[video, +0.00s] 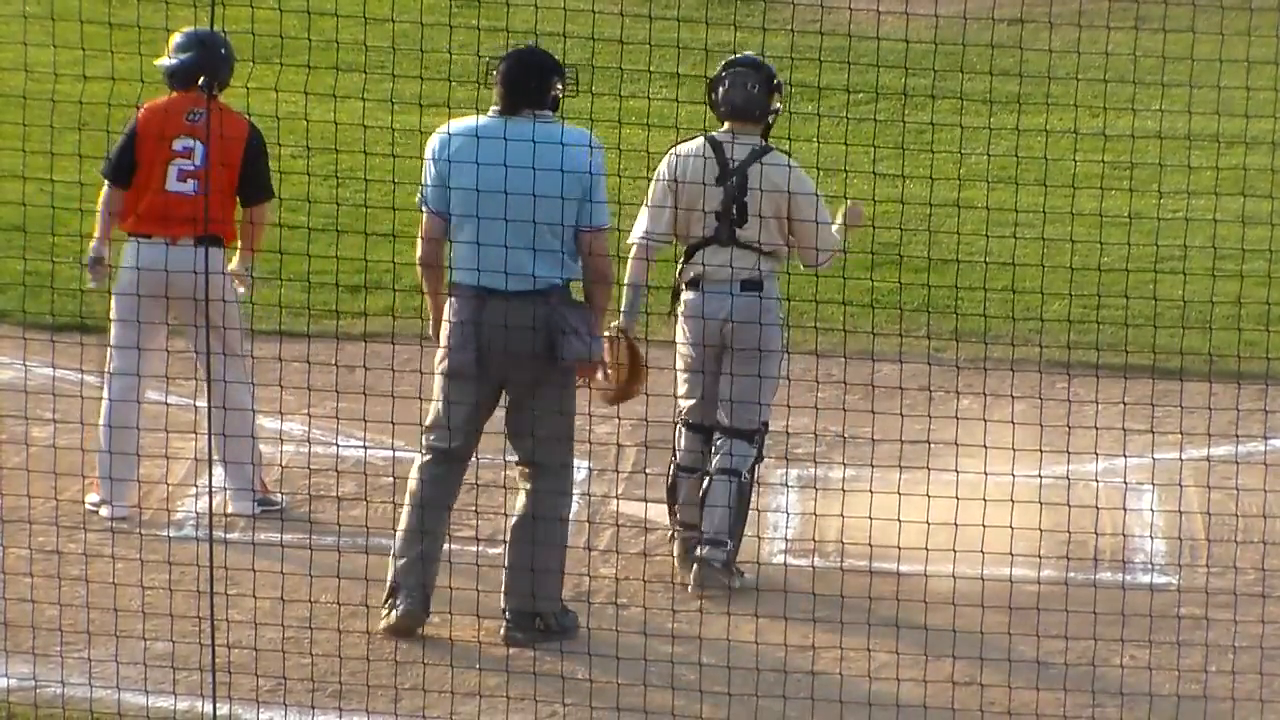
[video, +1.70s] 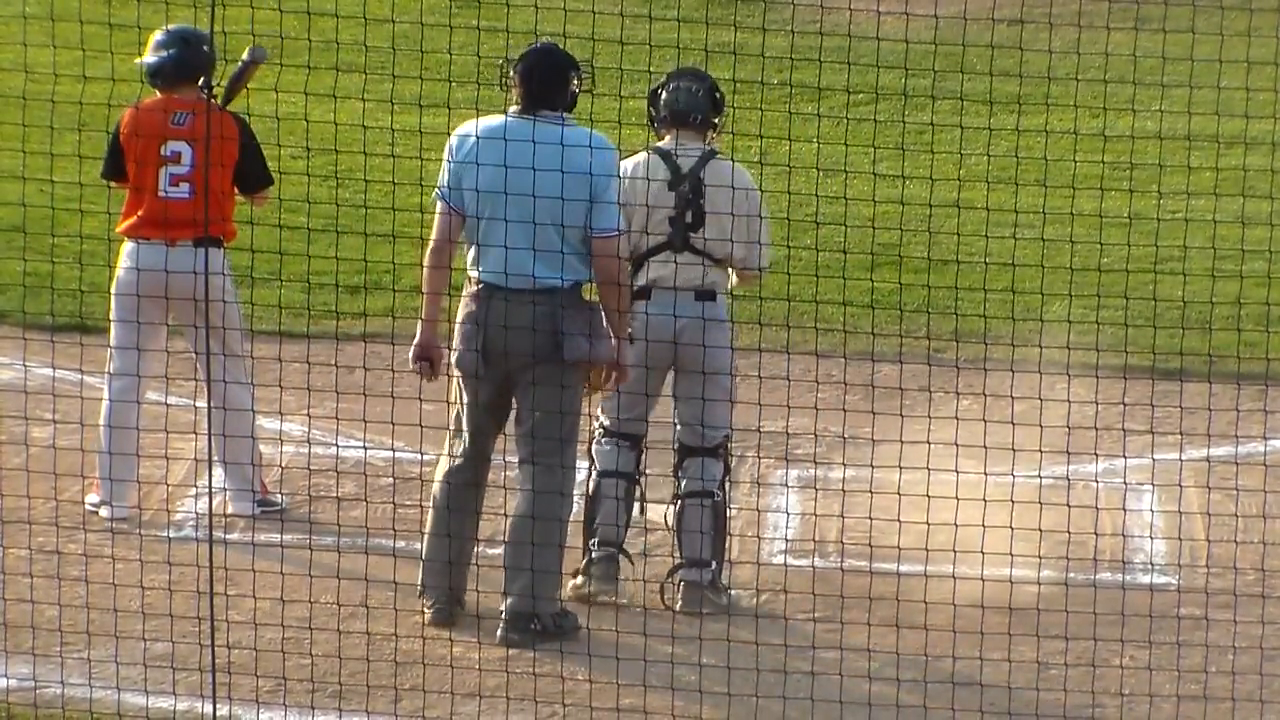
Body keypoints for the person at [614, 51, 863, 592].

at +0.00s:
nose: (770, 108)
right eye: (771, 101)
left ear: (716, 102)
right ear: (769, 108)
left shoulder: (681, 159)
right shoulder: (784, 171)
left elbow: (644, 243)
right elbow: (818, 254)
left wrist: (627, 315)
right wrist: (842, 228)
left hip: (696, 306)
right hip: (757, 310)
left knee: (693, 423)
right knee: (740, 434)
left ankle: (684, 539)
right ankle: (714, 554)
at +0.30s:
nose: (785, 113)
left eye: (781, 105)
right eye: (784, 106)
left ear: (726, 103)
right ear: (778, 111)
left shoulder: (685, 155)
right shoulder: (784, 168)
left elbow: (654, 246)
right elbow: (817, 222)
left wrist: (646, 318)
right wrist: (804, 158)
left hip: (690, 304)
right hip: (748, 309)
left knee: (687, 420)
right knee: (734, 434)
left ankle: (661, 541)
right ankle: (715, 559)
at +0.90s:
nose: (728, 124)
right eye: (729, 116)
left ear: (670, 111)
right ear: (723, 119)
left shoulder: (626, 164)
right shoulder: (735, 175)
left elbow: (606, 250)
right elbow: (745, 237)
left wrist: (598, 332)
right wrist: (724, 162)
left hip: (638, 315)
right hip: (701, 319)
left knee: (635, 439)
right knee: (708, 440)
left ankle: (627, 568)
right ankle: (714, 564)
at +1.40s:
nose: (709, 121)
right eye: (708, 114)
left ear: (650, 113)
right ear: (704, 117)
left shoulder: (619, 167)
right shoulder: (722, 171)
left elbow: (606, 246)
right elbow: (740, 234)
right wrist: (712, 161)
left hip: (634, 317)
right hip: (695, 319)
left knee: (633, 444)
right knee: (697, 445)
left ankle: (627, 569)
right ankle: (695, 574)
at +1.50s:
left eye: (657, 106)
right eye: (707, 110)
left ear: (655, 110)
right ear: (711, 114)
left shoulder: (626, 167)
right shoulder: (732, 176)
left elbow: (611, 249)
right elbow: (743, 254)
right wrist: (688, 237)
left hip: (639, 319)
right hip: (702, 322)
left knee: (630, 442)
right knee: (700, 446)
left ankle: (623, 571)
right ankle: (697, 576)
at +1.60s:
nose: (656, 118)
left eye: (658, 110)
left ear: (659, 113)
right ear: (714, 118)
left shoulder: (631, 171)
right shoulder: (737, 178)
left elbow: (613, 251)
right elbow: (751, 259)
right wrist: (700, 240)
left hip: (643, 318)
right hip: (707, 320)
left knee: (623, 436)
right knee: (704, 446)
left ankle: (610, 560)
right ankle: (698, 575)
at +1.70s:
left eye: (658, 113)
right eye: (712, 116)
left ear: (658, 116)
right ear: (713, 120)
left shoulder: (629, 172)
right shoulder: (737, 181)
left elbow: (610, 254)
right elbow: (750, 269)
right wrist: (711, 246)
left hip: (641, 316)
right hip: (707, 320)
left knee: (619, 432)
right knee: (703, 446)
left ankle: (602, 561)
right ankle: (696, 576)